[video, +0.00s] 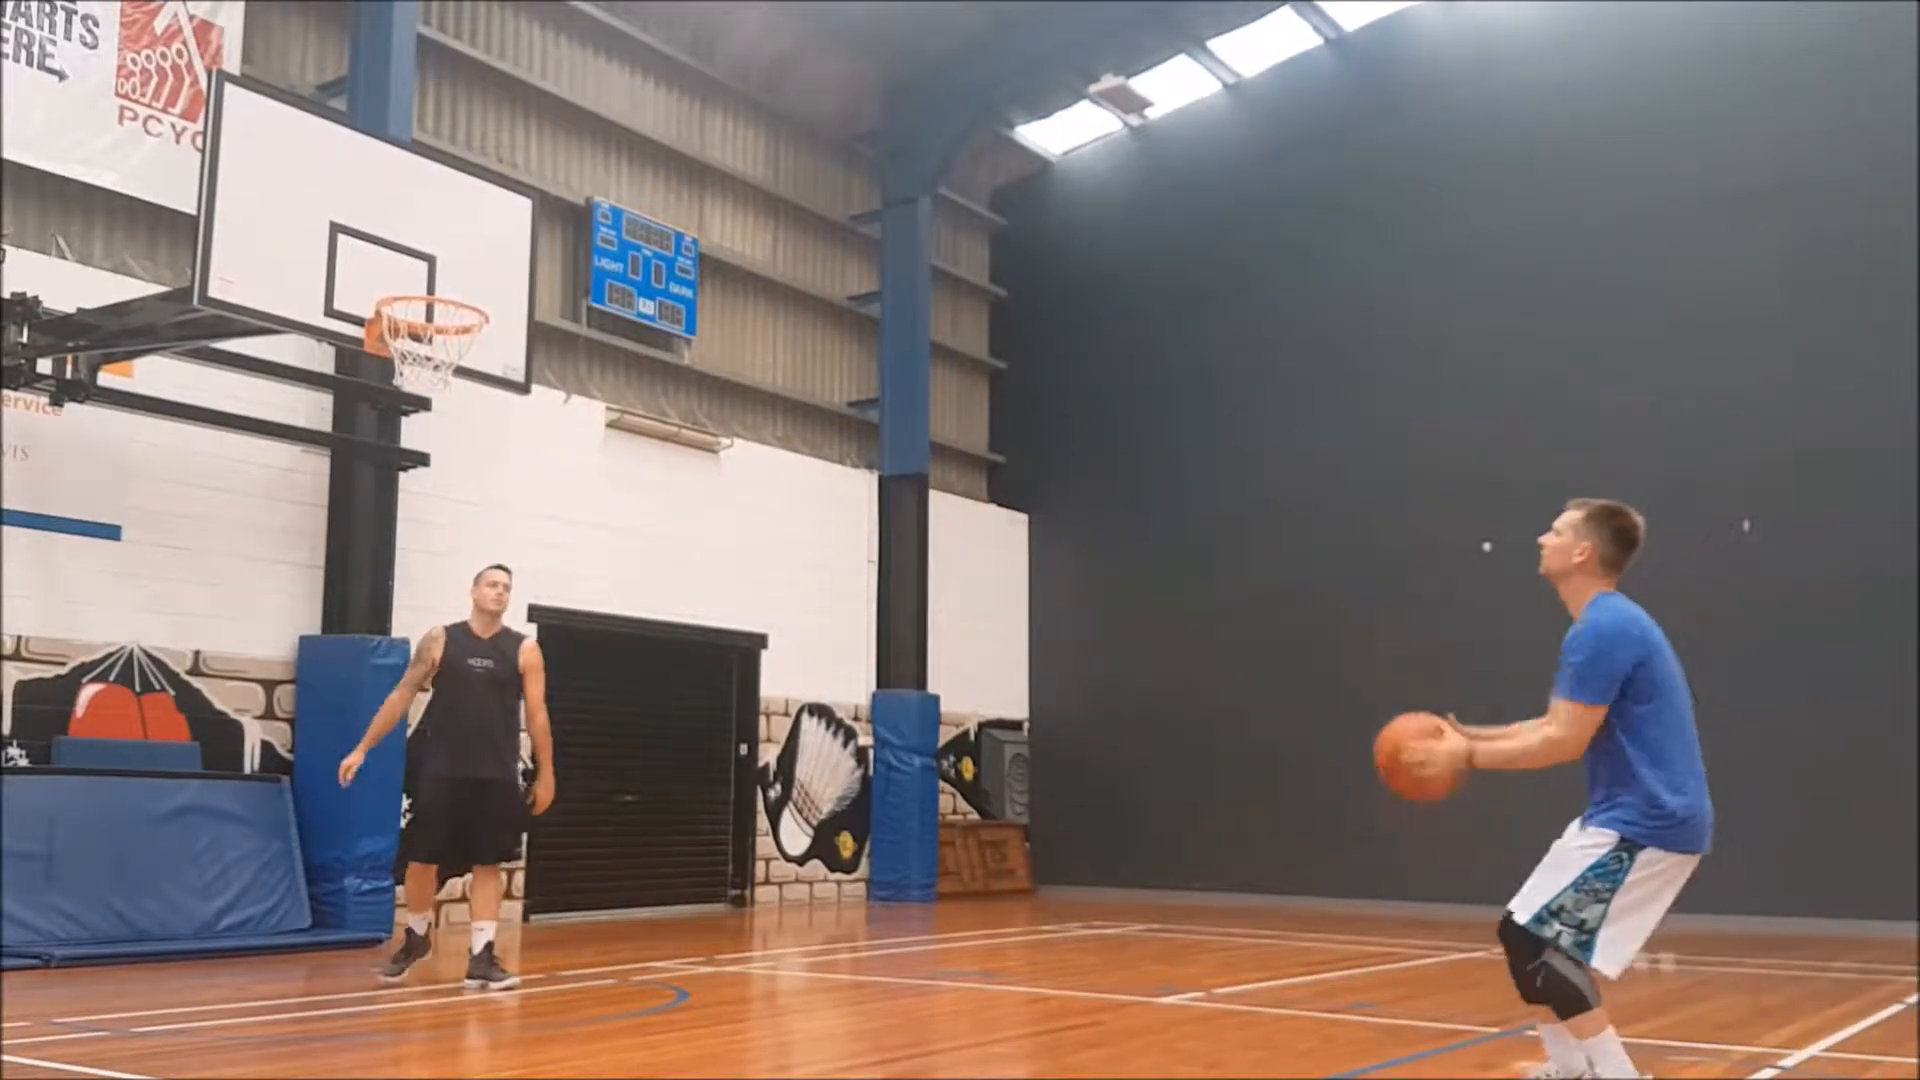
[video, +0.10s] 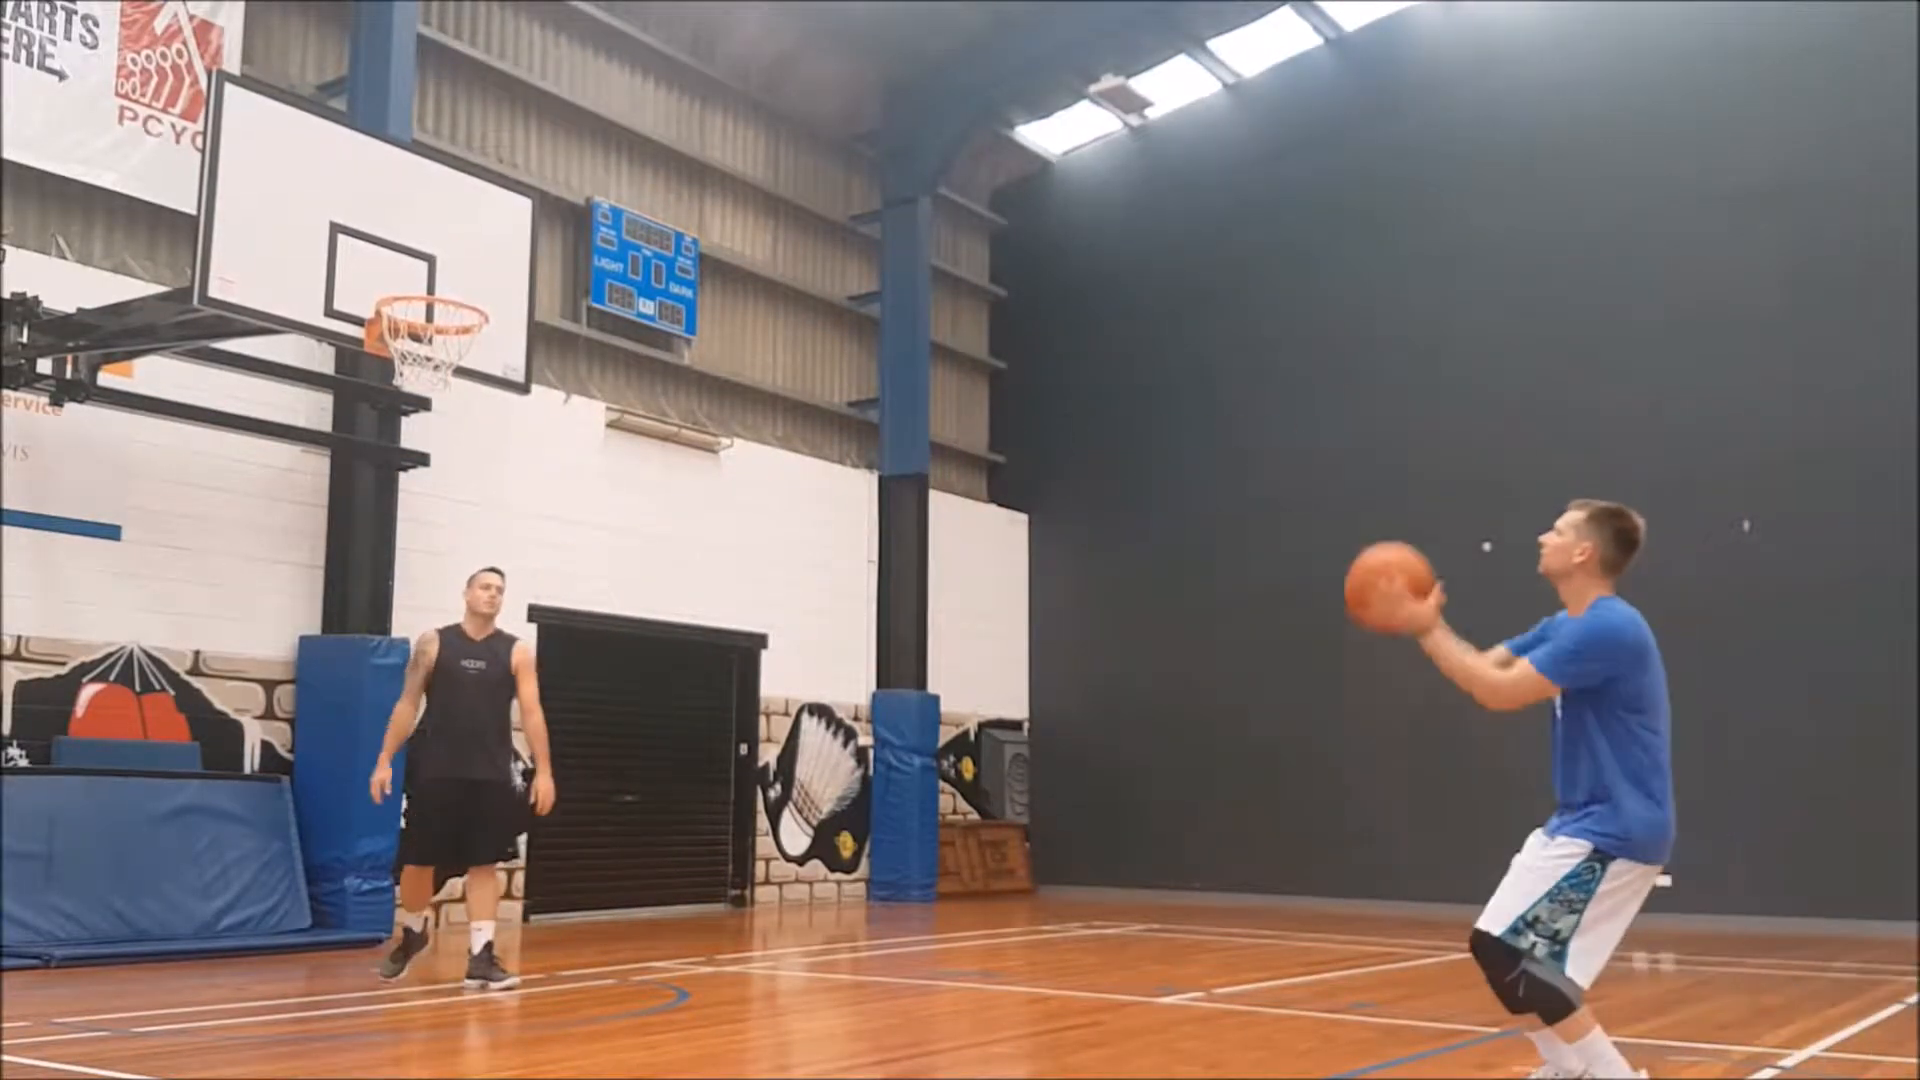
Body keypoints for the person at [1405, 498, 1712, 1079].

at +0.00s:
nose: (1542, 539)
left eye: (1554, 532)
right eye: (1550, 530)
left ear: (1583, 553)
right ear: (1582, 554)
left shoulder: (1608, 627)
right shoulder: (1594, 628)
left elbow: (1566, 741)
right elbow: (1553, 727)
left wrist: (1468, 755)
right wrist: (1466, 737)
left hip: (1650, 820)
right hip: (1621, 813)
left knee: (1542, 942)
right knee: (1521, 930)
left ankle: (1618, 1072)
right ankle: (1568, 1067)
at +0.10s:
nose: (1542, 539)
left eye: (1555, 531)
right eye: (1550, 529)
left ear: (1583, 552)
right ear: (1581, 553)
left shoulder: (1610, 628)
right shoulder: (1564, 624)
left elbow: (1500, 693)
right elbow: (1486, 666)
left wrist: (1429, 629)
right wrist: (1427, 619)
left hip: (1619, 830)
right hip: (1579, 819)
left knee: (1516, 955)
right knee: (1493, 941)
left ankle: (1614, 1071)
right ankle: (1565, 1065)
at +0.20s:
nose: (1544, 513)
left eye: (1558, 507)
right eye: (1553, 505)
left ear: (1586, 531)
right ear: (1584, 533)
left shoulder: (1598, 601)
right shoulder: (1565, 594)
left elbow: (1469, 584)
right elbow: (1458, 579)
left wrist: (1462, 503)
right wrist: (1462, 504)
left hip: (1583, 810)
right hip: (1544, 802)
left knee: (1510, 948)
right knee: (1483, 938)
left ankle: (1613, 1071)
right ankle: (1563, 1066)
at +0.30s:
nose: (1551, 455)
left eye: (1566, 447)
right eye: (1558, 446)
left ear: (1593, 467)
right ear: (1588, 468)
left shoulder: (1594, 532)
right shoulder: (1555, 530)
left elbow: (1470, 483)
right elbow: (1467, 486)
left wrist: (1495, 403)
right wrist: (1495, 417)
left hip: (1562, 746)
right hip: (1523, 742)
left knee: (1543, 906)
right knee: (1510, 901)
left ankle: (1610, 1058)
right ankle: (1553, 1051)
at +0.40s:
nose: (1559, 393)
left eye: (1573, 389)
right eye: (1566, 385)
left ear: (1599, 414)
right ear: (1575, 407)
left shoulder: (1592, 468)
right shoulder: (1547, 466)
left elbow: (1479, 407)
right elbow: (1466, 420)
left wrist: (1477, 321)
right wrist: (1489, 344)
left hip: (1555, 680)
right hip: (1514, 675)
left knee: (1551, 853)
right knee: (1521, 851)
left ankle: (1578, 1012)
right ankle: (1530, 1005)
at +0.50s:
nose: (1558, 369)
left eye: (1572, 365)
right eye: (1567, 361)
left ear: (1598, 389)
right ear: (1585, 383)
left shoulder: (1591, 440)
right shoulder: (1549, 437)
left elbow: (1495, 370)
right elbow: (1495, 362)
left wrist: (1433, 296)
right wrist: (1466, 271)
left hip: (1556, 662)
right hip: (1511, 657)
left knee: (1541, 833)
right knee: (1508, 830)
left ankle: (1567, 996)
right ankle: (1518, 989)